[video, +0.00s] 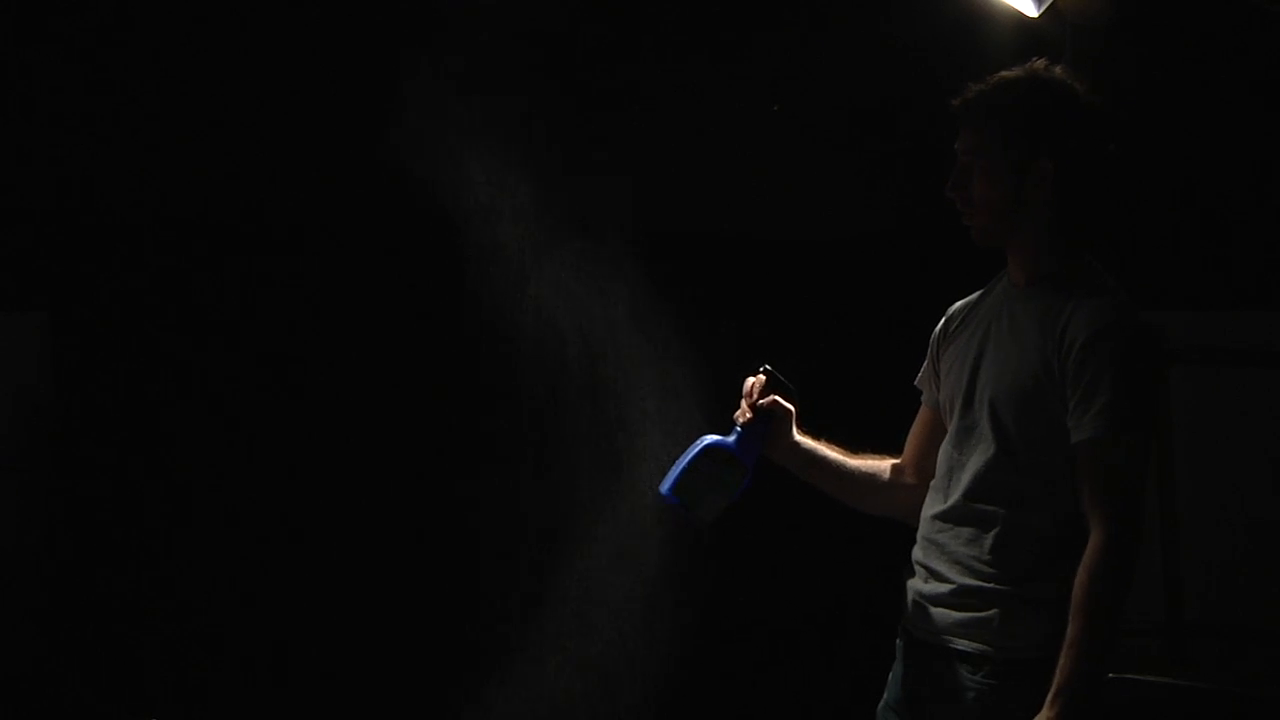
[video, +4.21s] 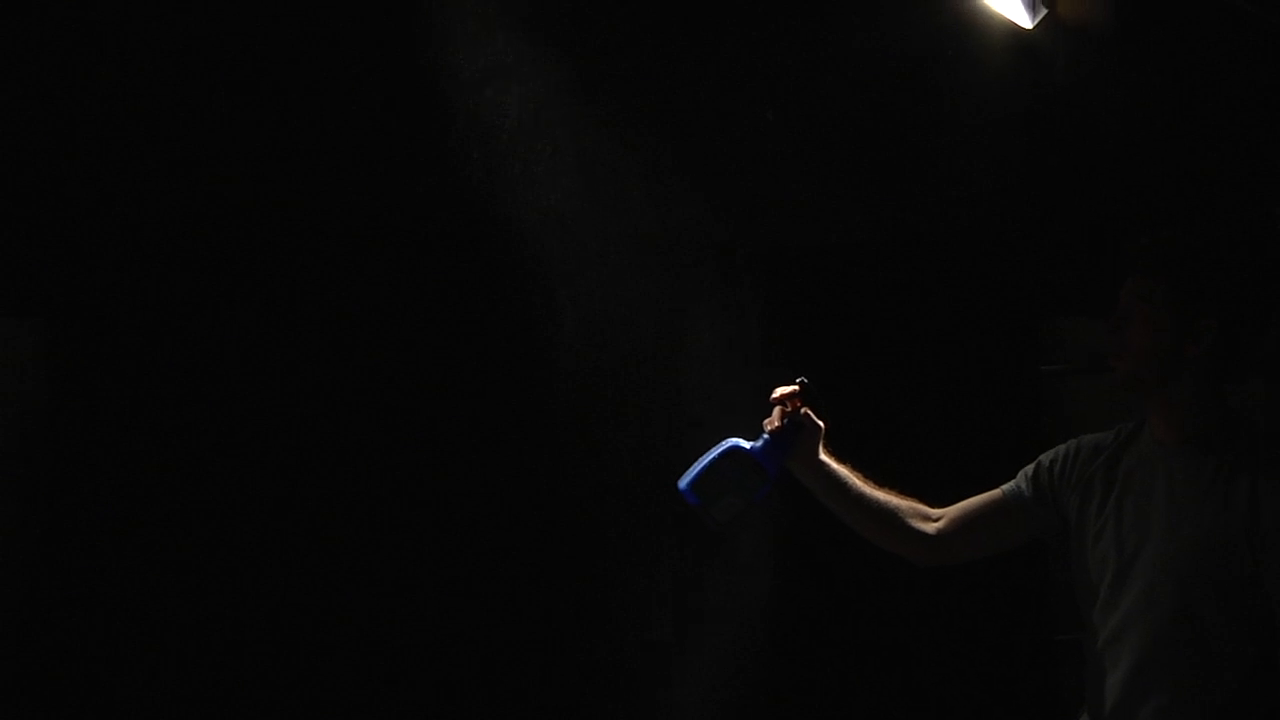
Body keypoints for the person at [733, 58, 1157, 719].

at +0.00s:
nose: (955, 185)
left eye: (976, 164)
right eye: (959, 163)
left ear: (1037, 174)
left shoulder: (1096, 324)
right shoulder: (962, 322)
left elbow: (1112, 529)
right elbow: (912, 486)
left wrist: (1062, 698)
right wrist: (791, 443)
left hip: (1013, 663)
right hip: (923, 646)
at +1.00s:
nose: (963, 180)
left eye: (983, 159)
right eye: (967, 159)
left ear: (1044, 171)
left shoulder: (1097, 323)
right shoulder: (966, 321)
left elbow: (1108, 526)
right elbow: (914, 485)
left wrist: (1035, 692)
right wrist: (797, 443)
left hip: (1011, 668)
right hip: (925, 648)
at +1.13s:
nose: (1122, 324)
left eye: (1145, 306)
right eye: (1123, 305)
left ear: (1202, 319)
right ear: (1121, 320)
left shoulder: (1258, 459)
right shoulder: (1088, 456)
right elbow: (930, 520)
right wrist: (806, 453)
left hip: (1233, 699)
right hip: (1117, 700)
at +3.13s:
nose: (1119, 316)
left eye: (1142, 299)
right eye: (1123, 297)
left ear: (1202, 319)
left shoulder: (1258, 459)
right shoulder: (1088, 456)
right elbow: (933, 519)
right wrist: (811, 449)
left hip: (1233, 702)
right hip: (1118, 702)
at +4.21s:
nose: (1121, 330)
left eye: (1143, 312)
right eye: (1125, 312)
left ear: (1199, 330)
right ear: (1125, 332)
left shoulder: (1256, 463)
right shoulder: (1087, 468)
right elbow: (933, 531)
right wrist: (814, 460)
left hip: (1238, 700)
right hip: (1121, 702)